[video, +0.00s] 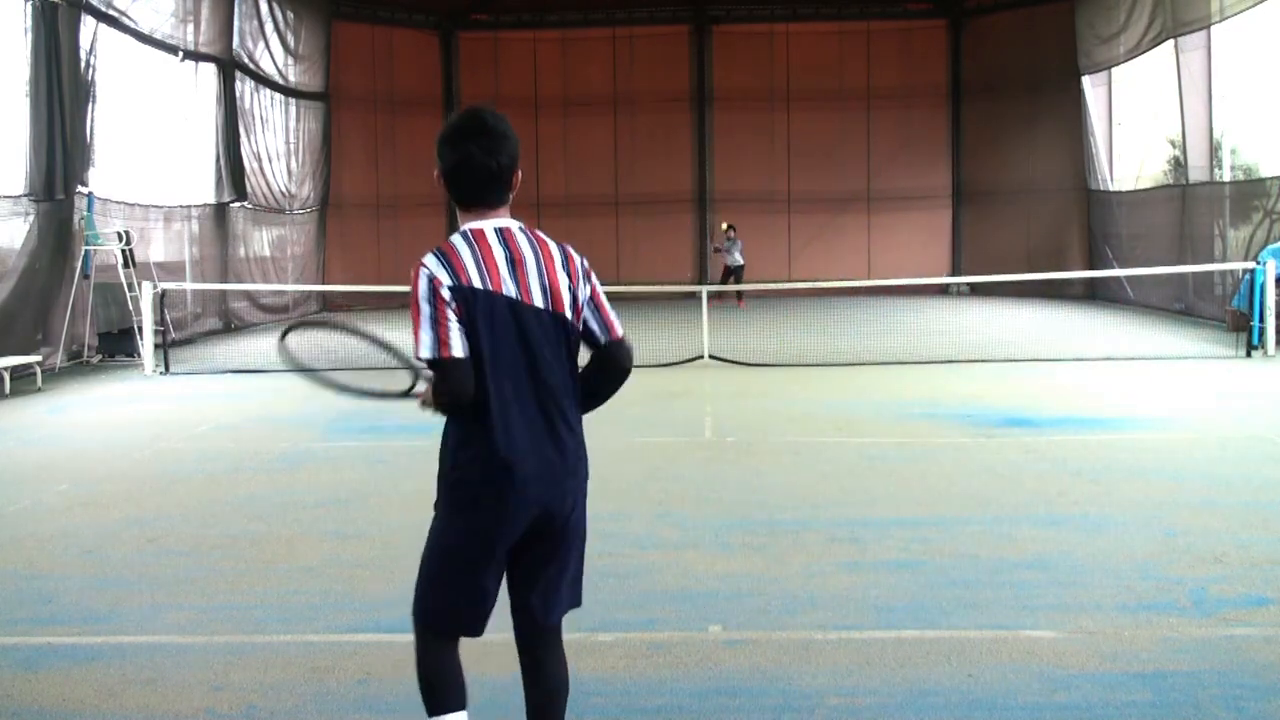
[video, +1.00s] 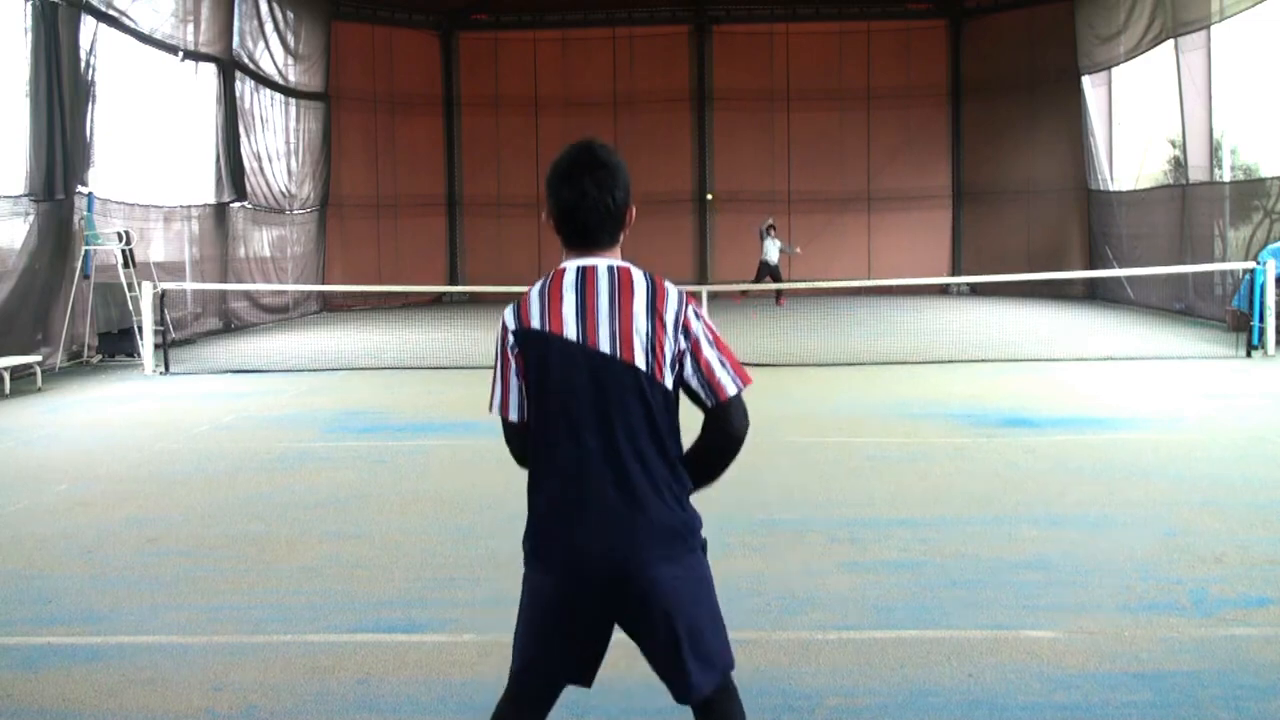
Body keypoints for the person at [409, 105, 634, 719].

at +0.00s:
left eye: (441, 171)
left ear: (443, 183)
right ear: (517, 178)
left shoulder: (440, 268)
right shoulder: (563, 259)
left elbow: (457, 387)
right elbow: (617, 356)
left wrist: (436, 395)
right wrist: (566, 404)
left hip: (485, 485)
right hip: (560, 479)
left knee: (436, 625)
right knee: (542, 628)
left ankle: (452, 719)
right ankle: (549, 719)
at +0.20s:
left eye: (445, 176)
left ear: (447, 188)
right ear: (525, 186)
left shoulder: (425, 276)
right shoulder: (568, 267)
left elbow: (392, 395)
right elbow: (644, 364)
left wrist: (459, 370)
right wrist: (582, 396)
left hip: (483, 500)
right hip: (570, 492)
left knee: (475, 663)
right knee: (587, 647)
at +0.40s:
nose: (577, 163)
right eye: (575, 155)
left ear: (496, 170)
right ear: (573, 166)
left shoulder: (466, 257)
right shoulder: (610, 254)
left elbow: (442, 374)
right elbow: (672, 368)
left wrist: (499, 350)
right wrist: (607, 401)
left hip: (508, 490)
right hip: (598, 487)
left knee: (494, 658)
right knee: (646, 644)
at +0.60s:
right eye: (631, 176)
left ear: (552, 192)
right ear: (631, 189)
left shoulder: (528, 285)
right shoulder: (672, 279)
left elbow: (523, 410)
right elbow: (735, 392)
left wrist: (576, 378)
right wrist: (667, 432)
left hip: (566, 515)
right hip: (656, 513)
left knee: (503, 673)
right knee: (683, 680)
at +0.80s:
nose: (638, 144)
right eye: (638, 135)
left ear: (558, 149)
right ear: (637, 147)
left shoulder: (528, 240)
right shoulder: (678, 235)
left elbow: (523, 364)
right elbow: (741, 347)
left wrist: (583, 366)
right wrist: (687, 399)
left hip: (570, 478)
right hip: (662, 477)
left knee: (520, 649)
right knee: (698, 653)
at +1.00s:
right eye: (631, 204)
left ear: (551, 222)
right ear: (629, 216)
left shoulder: (521, 316)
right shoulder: (670, 304)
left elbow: (519, 440)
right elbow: (732, 422)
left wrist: (574, 479)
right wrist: (672, 480)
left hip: (562, 541)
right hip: (655, 538)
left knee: (525, 697)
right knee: (714, 693)